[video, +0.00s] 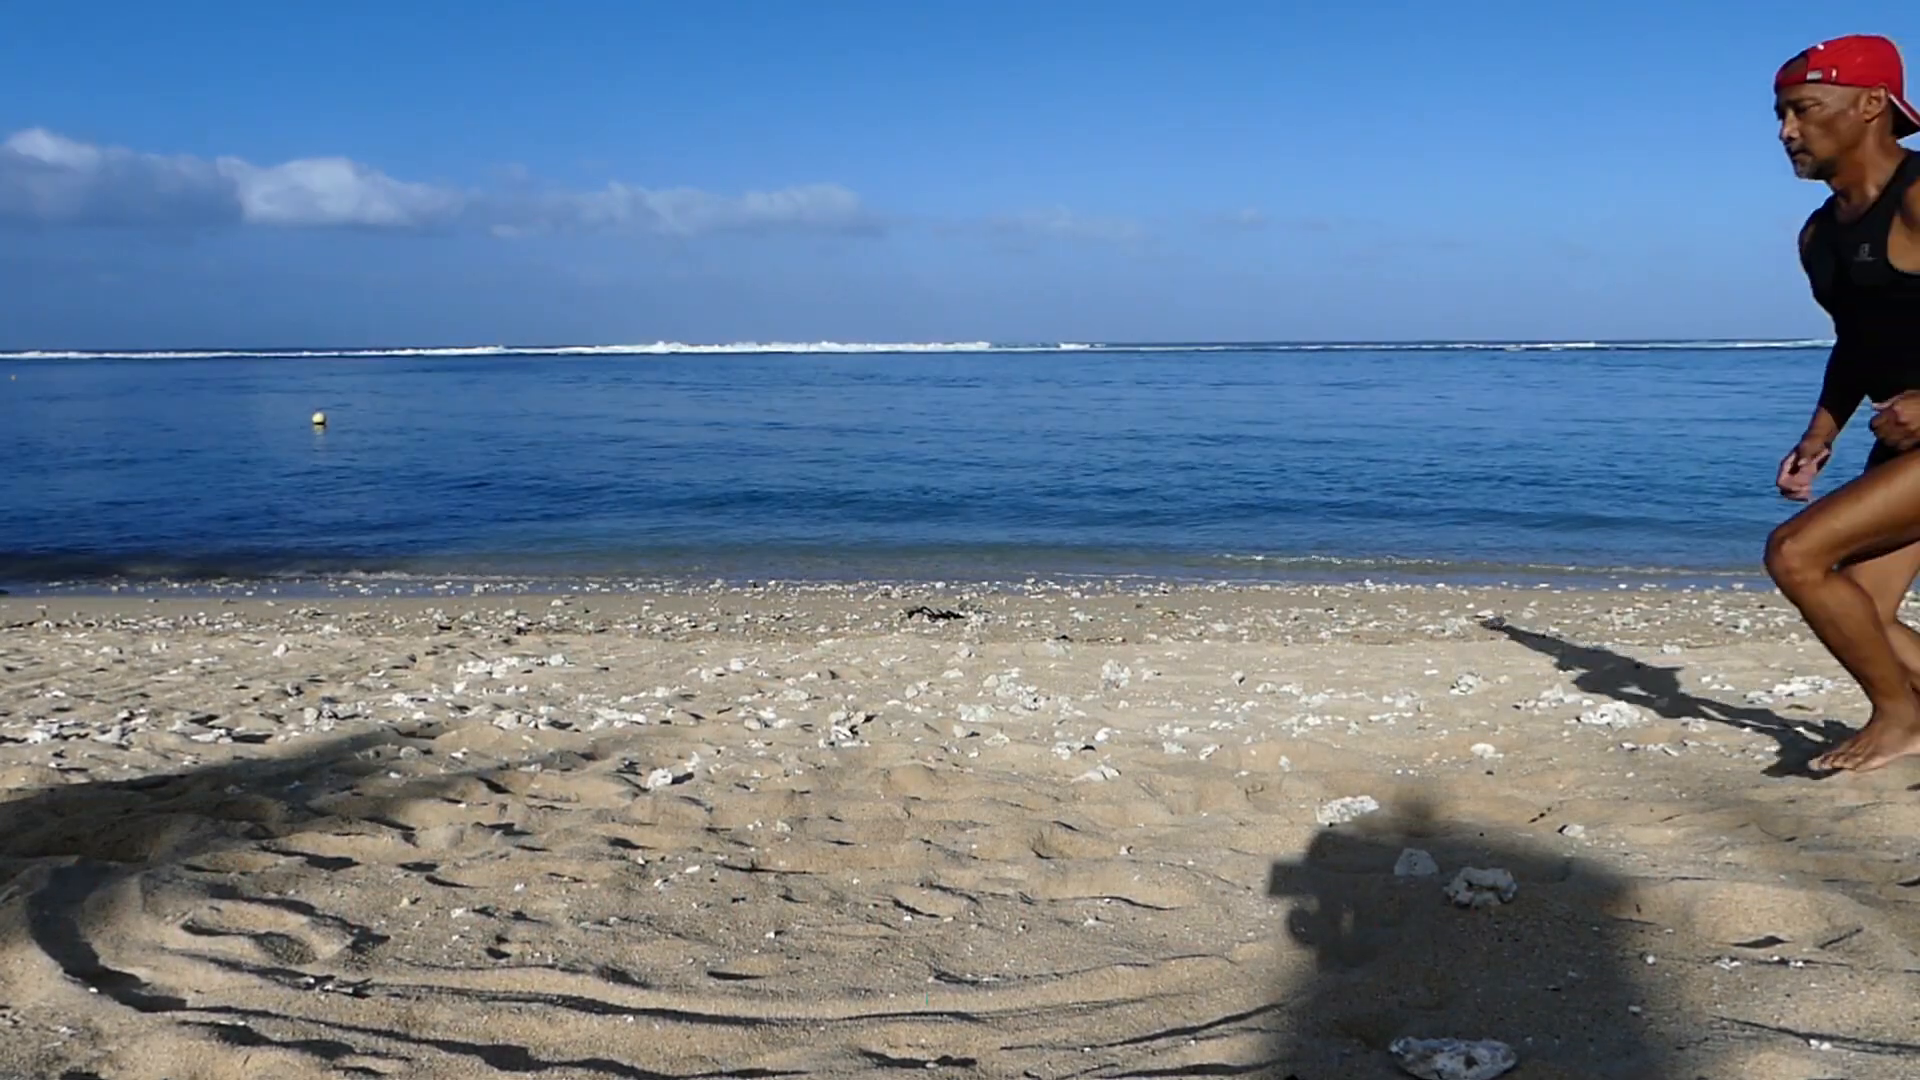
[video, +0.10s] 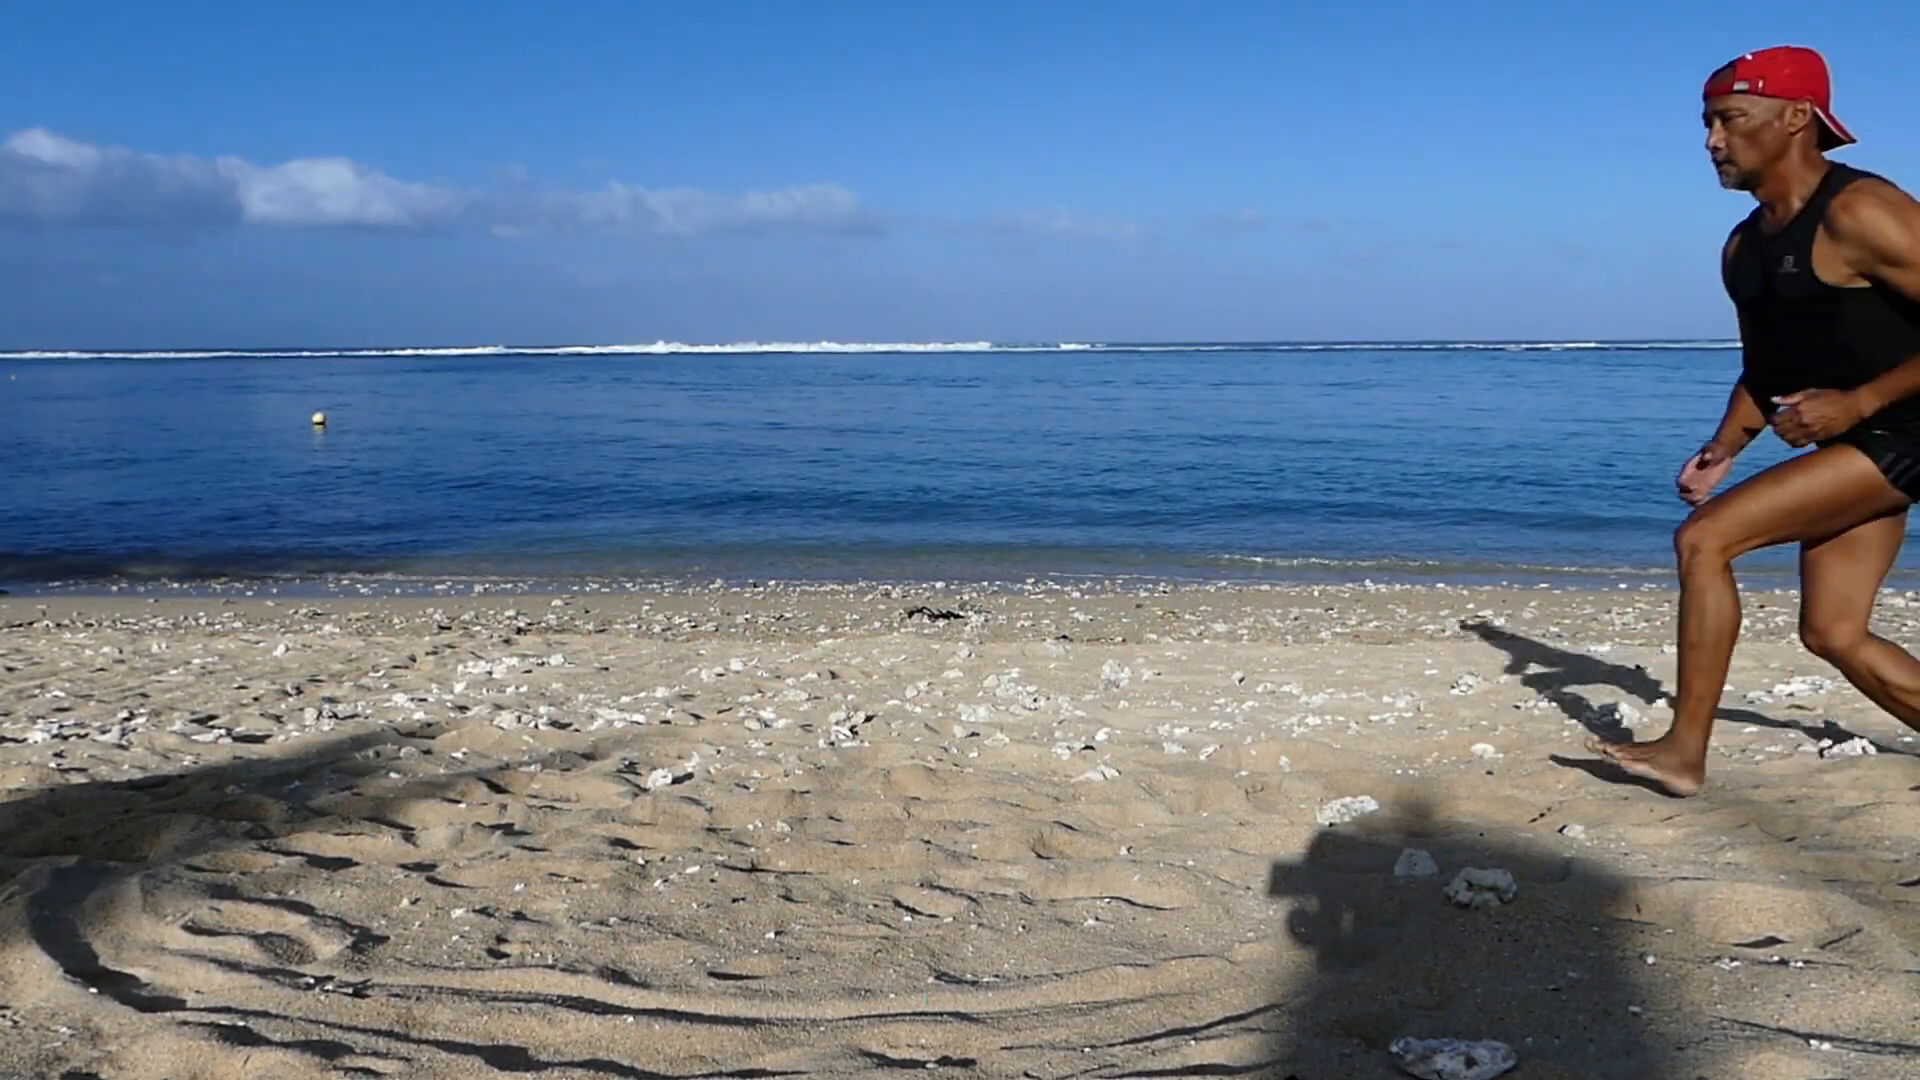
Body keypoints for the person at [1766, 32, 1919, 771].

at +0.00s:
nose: (1786, 131)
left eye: (1805, 110)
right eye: (1783, 114)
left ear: (1871, 110)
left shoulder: (1916, 198)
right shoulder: (1819, 237)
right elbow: (1859, 339)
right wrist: (1818, 437)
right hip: (1899, 441)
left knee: (1797, 555)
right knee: (1864, 617)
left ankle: (1899, 712)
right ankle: (1919, 721)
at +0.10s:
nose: (1711, 139)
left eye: (1728, 119)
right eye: (1710, 122)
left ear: (1795, 121)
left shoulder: (1866, 212)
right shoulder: (1743, 251)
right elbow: (1767, 367)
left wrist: (1859, 402)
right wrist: (1723, 449)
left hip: (1903, 436)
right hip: (1856, 443)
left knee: (1705, 540)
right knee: (1836, 630)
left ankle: (1683, 753)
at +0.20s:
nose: (1662, 132)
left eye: (1680, 115)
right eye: (1661, 116)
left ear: (1745, 122)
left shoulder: (1811, 209)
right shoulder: (1690, 245)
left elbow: (1914, 329)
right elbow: (1701, 370)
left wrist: (1783, 399)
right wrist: (1656, 432)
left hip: (1852, 430)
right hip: (1800, 438)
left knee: (1652, 553)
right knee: (1825, 634)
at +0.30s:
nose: (1592, 123)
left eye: (1610, 105)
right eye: (1591, 106)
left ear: (1674, 111)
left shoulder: (1732, 206)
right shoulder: (1605, 234)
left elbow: (1794, 353)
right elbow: (1592, 367)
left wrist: (1641, 387)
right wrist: (1540, 395)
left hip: (1747, 437)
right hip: (1698, 439)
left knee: (1561, 576)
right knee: (1805, 619)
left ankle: (1497, 782)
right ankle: (1919, 710)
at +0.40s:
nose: (1546, 114)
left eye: (1564, 96)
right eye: (1546, 97)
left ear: (1628, 103)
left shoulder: (1679, 204)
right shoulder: (1549, 224)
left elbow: (1675, 351)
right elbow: (1498, 345)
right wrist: (1443, 344)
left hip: (1686, 432)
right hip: (1629, 435)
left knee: (1506, 579)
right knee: (1755, 617)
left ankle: (1482, 787)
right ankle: (1916, 708)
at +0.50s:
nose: (1475, 91)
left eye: (1495, 75)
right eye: (1477, 76)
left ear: (1557, 92)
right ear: (1508, 95)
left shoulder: (1593, 192)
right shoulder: (1468, 200)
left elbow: (1502, 273)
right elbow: (1352, 268)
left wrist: (1376, 235)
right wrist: (1307, 209)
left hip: (1616, 424)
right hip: (1561, 431)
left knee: (1457, 586)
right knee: (1636, 621)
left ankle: (1475, 786)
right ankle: (1851, 668)